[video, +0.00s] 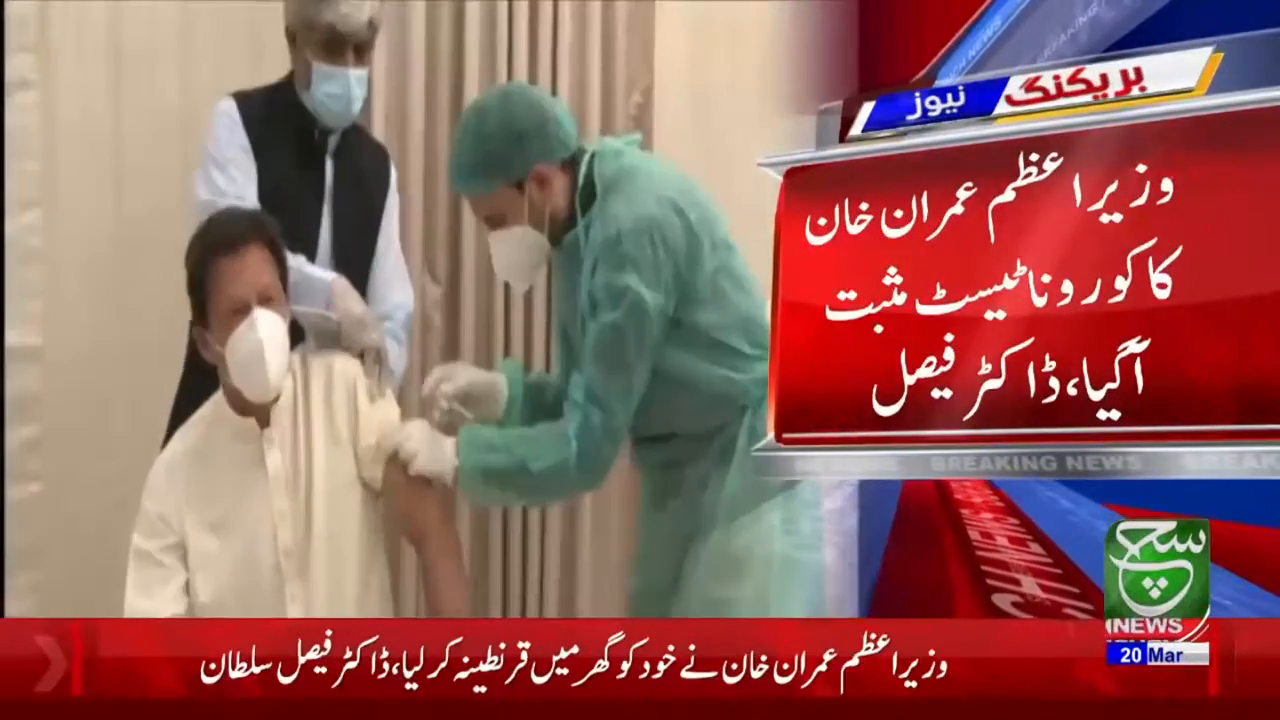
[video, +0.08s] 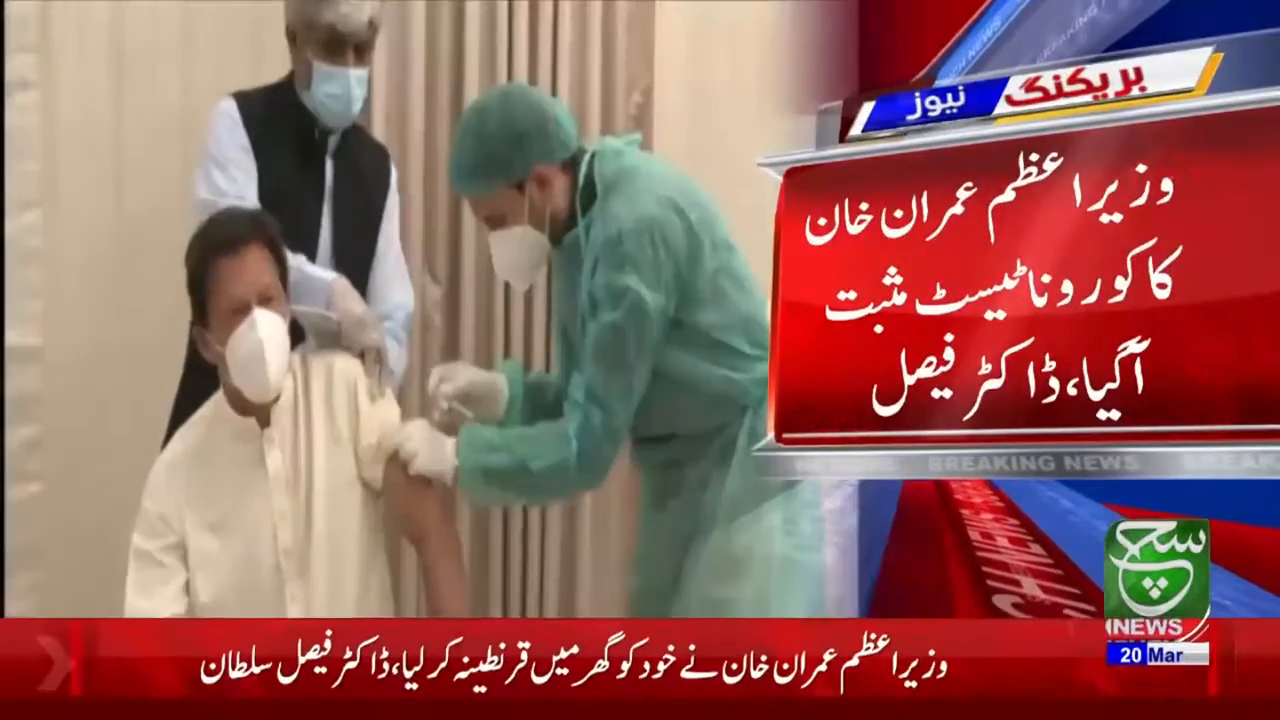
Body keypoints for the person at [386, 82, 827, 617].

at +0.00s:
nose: (495, 239)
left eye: (497, 220)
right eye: (486, 222)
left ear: (543, 183)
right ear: (543, 182)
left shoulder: (635, 220)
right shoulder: (584, 219)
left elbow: (588, 448)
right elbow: (585, 400)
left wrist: (457, 456)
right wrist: (500, 395)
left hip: (749, 456)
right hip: (677, 462)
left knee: (724, 653)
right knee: (655, 649)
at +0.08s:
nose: (495, 239)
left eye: (497, 221)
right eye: (486, 223)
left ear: (544, 184)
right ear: (544, 183)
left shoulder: (635, 221)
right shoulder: (584, 219)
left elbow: (588, 448)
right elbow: (586, 400)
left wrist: (458, 456)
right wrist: (501, 395)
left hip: (749, 457)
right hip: (677, 462)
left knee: (727, 653)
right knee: (656, 650)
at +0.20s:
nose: (497, 242)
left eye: (499, 223)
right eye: (488, 226)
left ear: (545, 184)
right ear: (546, 183)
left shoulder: (636, 221)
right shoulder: (585, 219)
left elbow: (589, 447)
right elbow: (587, 399)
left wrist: (458, 457)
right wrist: (502, 399)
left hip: (750, 459)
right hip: (678, 463)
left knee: (728, 655)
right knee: (656, 653)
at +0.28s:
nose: (498, 244)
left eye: (499, 226)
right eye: (489, 229)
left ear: (545, 187)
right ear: (545, 186)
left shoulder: (637, 223)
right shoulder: (587, 221)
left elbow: (589, 451)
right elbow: (586, 404)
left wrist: (459, 458)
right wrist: (500, 402)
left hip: (749, 459)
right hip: (679, 465)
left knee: (731, 654)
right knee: (656, 650)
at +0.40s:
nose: (497, 247)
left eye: (498, 228)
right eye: (488, 232)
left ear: (543, 190)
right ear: (545, 187)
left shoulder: (637, 231)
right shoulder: (588, 232)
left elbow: (589, 453)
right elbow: (587, 403)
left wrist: (460, 464)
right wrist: (498, 403)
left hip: (745, 471)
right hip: (680, 473)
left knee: (725, 662)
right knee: (659, 657)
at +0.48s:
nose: (497, 250)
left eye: (499, 232)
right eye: (488, 235)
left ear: (546, 194)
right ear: (546, 193)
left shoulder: (637, 227)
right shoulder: (584, 226)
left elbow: (590, 454)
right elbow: (584, 406)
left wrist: (459, 461)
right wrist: (498, 405)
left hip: (748, 466)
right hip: (679, 469)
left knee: (738, 661)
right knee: (657, 655)